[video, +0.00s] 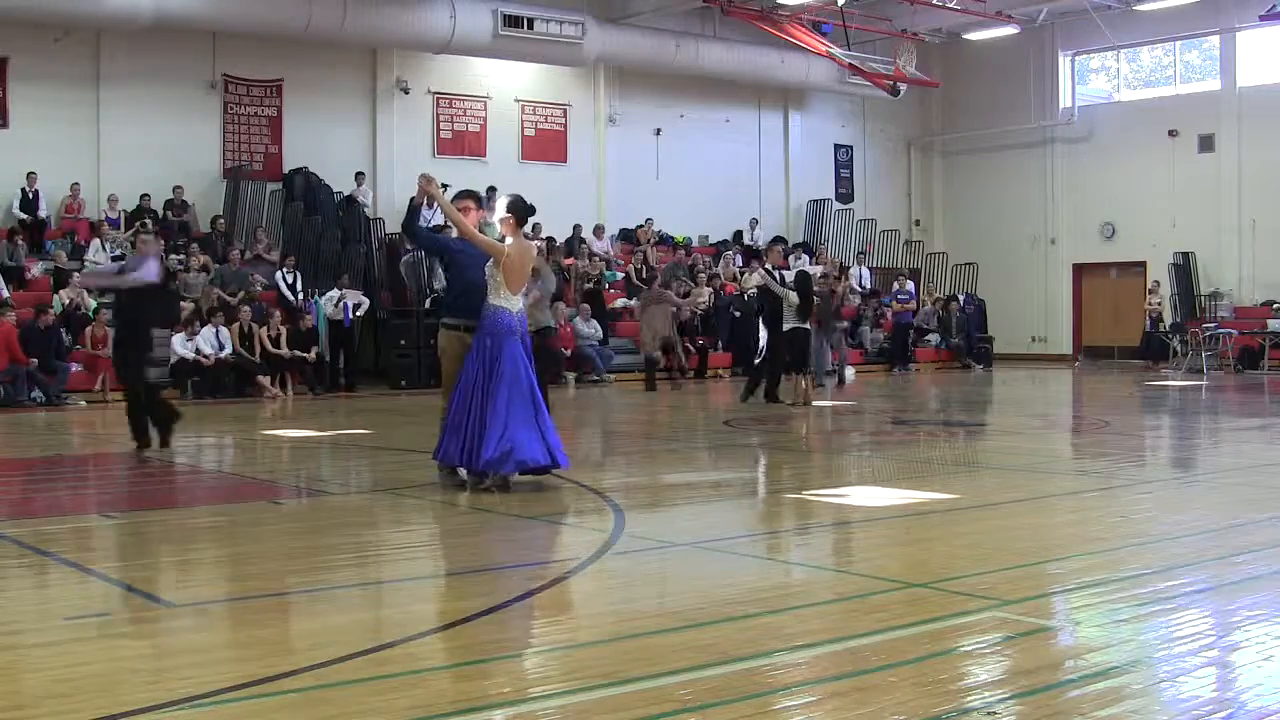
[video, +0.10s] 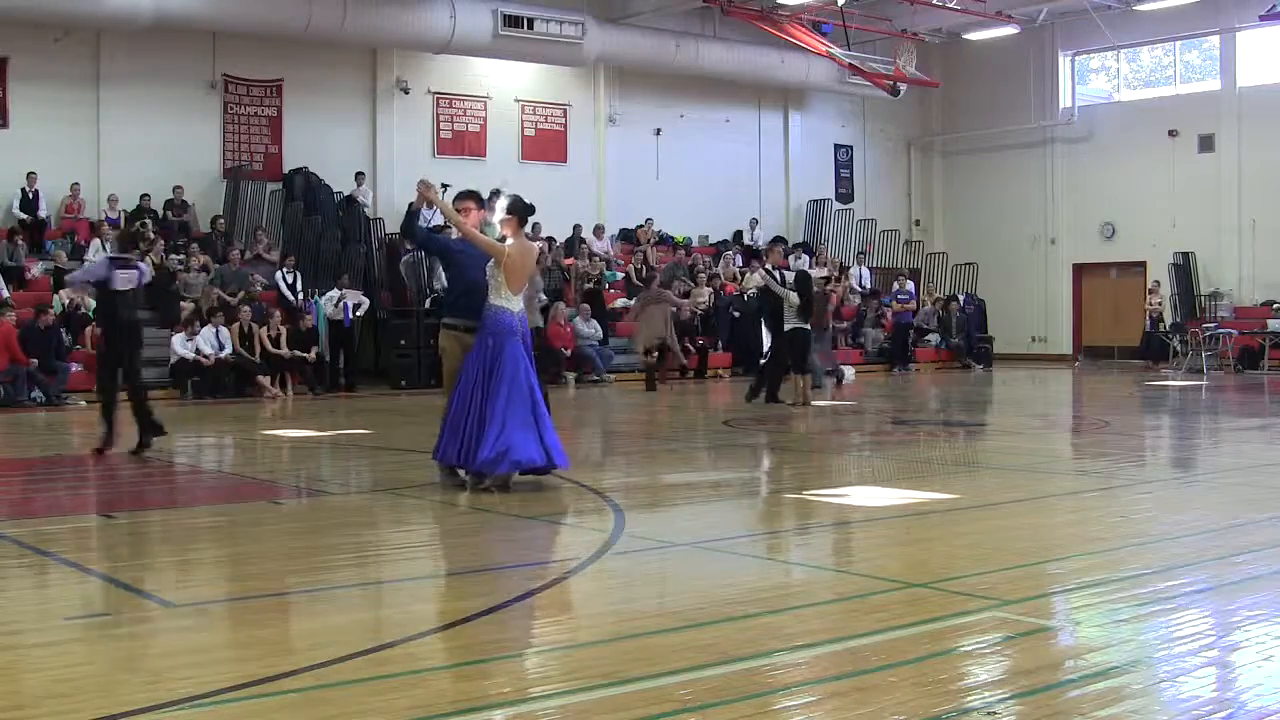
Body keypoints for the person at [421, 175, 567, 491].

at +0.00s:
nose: (497, 218)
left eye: (500, 214)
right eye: (500, 214)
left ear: (509, 220)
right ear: (522, 220)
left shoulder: (503, 250)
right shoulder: (531, 249)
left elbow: (465, 228)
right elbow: (535, 273)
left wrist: (438, 195)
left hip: (496, 323)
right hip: (517, 322)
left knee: (492, 392)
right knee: (510, 392)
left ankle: (493, 462)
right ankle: (505, 462)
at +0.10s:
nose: (498, 218)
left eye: (502, 214)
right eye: (500, 214)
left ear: (511, 218)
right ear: (522, 220)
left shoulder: (505, 250)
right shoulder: (532, 249)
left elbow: (465, 228)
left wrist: (436, 199)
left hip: (498, 323)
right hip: (518, 322)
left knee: (496, 392)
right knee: (510, 392)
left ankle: (499, 462)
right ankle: (502, 462)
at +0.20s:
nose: (498, 225)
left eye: (501, 220)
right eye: (499, 220)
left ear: (513, 221)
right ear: (521, 222)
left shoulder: (506, 251)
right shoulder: (534, 250)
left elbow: (465, 234)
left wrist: (435, 212)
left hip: (499, 323)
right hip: (519, 323)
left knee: (493, 393)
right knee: (512, 393)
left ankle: (493, 462)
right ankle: (506, 462)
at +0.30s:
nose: (499, 226)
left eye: (501, 221)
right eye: (500, 221)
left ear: (513, 222)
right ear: (520, 223)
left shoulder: (505, 251)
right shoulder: (535, 252)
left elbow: (467, 246)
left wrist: (438, 233)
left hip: (499, 325)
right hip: (520, 325)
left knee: (489, 391)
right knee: (512, 394)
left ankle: (485, 461)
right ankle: (506, 461)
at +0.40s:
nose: (496, 227)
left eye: (500, 222)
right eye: (498, 221)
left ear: (512, 224)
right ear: (521, 224)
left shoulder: (503, 253)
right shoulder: (533, 252)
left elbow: (456, 259)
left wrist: (427, 245)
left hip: (500, 328)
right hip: (520, 328)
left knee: (463, 382)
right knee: (510, 394)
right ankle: (505, 460)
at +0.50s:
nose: (494, 231)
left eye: (497, 225)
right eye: (495, 225)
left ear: (509, 227)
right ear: (514, 227)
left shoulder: (503, 257)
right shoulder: (528, 254)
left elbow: (457, 274)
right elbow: (520, 285)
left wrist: (430, 251)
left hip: (500, 330)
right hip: (518, 328)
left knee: (460, 381)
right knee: (512, 394)